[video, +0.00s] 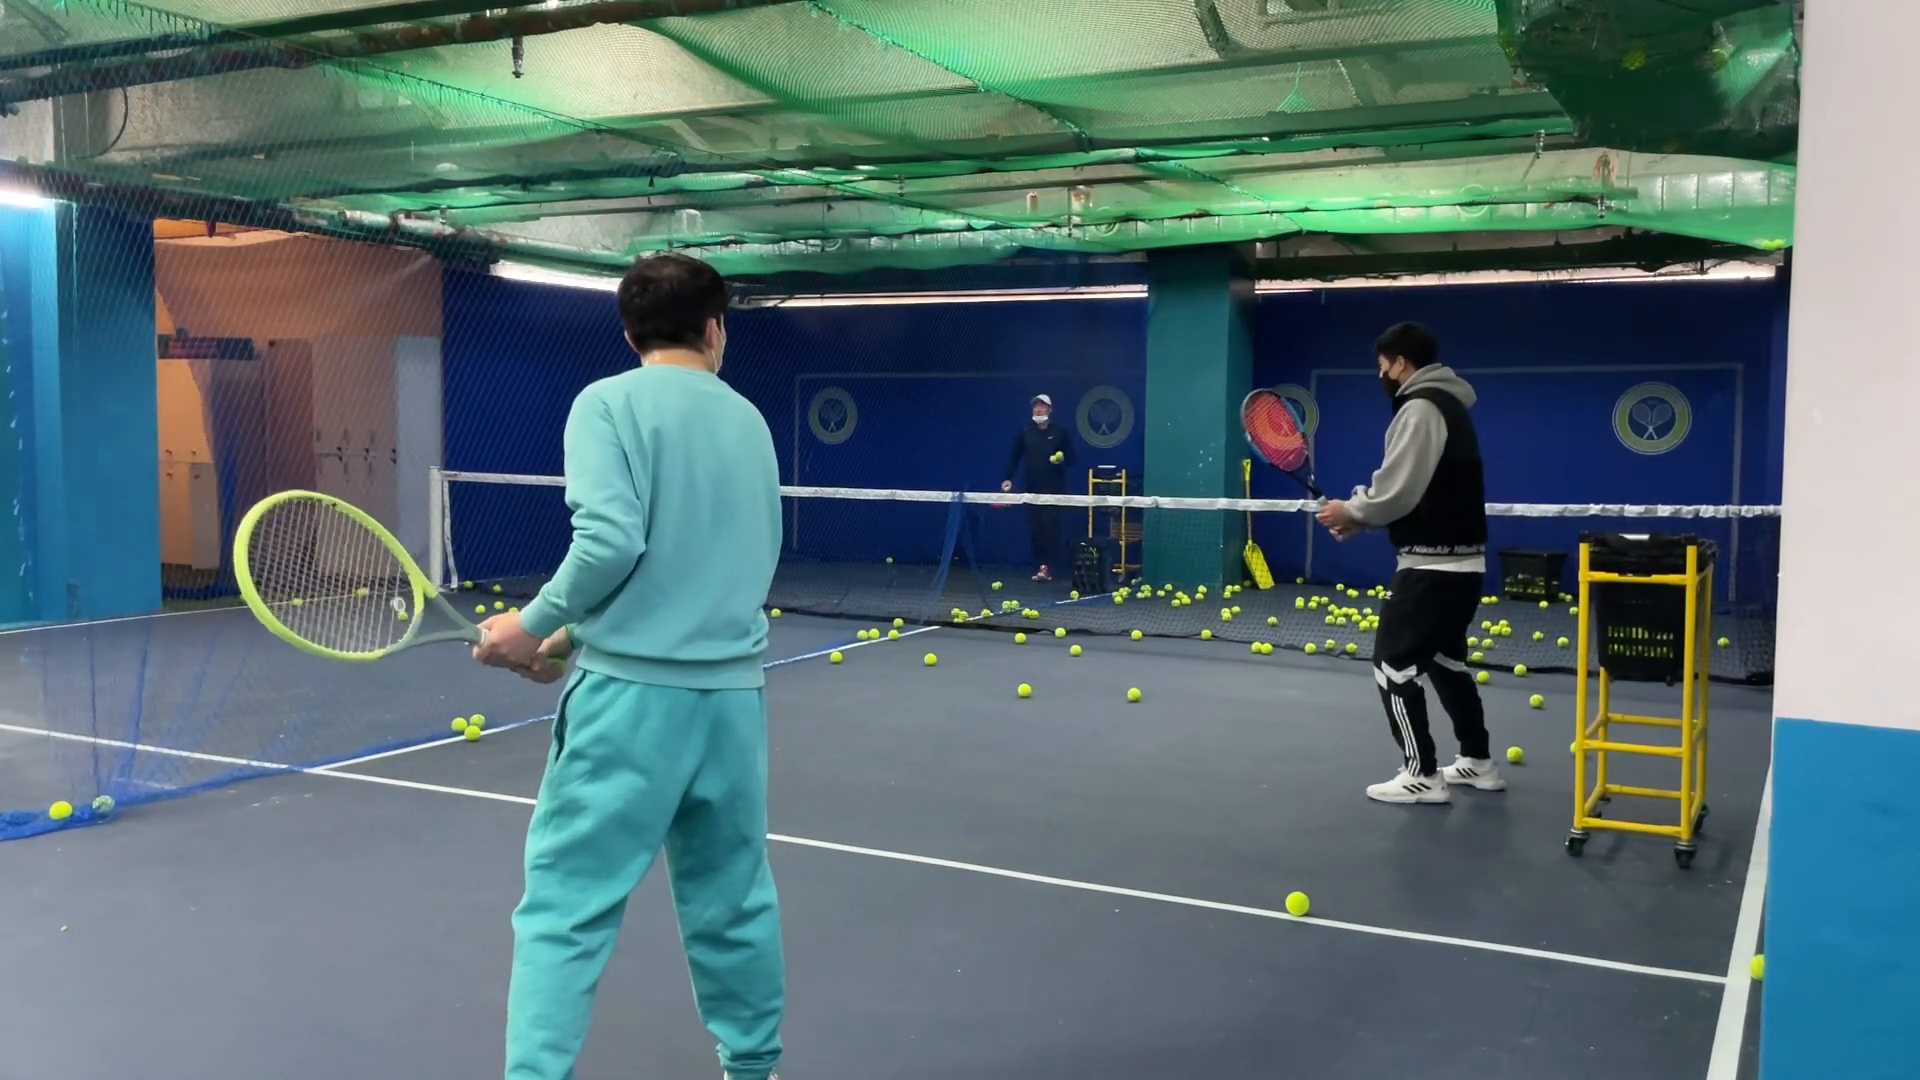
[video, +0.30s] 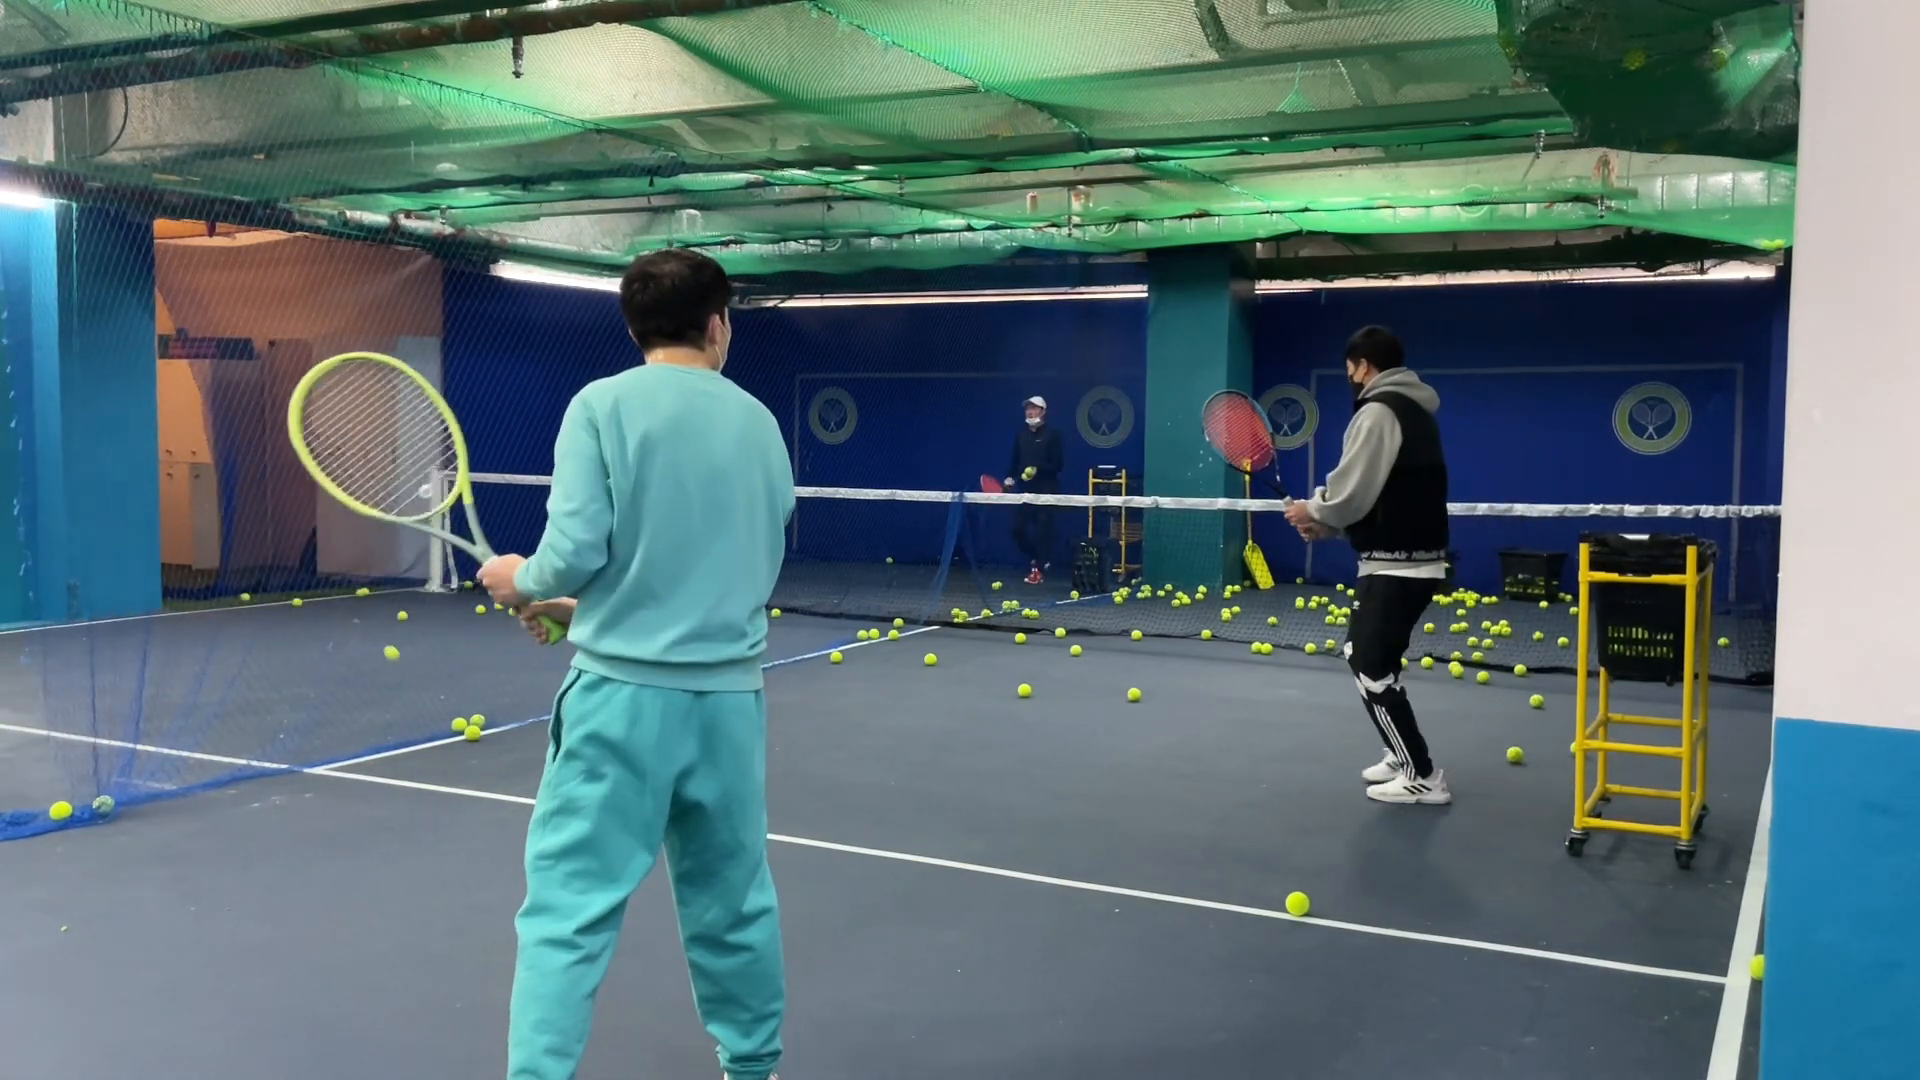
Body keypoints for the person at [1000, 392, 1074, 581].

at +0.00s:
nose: (1039, 411)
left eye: (1043, 408)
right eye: (1036, 408)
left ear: (1050, 410)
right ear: (1032, 411)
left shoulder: (1059, 433)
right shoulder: (1025, 433)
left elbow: (1071, 459)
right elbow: (1015, 457)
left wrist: (1062, 459)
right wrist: (1009, 478)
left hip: (1053, 485)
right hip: (1032, 484)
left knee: (1049, 524)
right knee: (1036, 525)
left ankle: (1046, 565)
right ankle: (1042, 565)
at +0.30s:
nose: (1030, 412)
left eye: (1034, 409)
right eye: (1028, 408)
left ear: (1043, 412)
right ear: (1025, 411)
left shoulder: (1052, 434)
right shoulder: (1022, 435)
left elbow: (1057, 464)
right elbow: (1015, 462)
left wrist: (1037, 470)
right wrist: (1010, 477)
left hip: (1046, 489)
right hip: (1025, 488)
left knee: (1042, 528)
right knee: (1018, 528)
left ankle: (1037, 569)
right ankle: (1036, 559)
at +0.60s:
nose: (1016, 412)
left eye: (1020, 408)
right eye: (1015, 408)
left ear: (1029, 411)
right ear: (1012, 412)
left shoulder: (1039, 432)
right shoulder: (1011, 434)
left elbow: (1043, 461)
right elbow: (1006, 457)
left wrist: (1021, 464)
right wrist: (1008, 467)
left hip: (1037, 486)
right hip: (1016, 486)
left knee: (1036, 528)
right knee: (1010, 525)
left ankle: (1036, 569)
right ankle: (1012, 564)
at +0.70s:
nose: (1011, 414)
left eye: (1015, 410)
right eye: (1009, 410)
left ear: (1023, 413)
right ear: (1006, 413)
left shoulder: (1034, 434)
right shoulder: (1007, 435)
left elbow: (1039, 462)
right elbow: (1002, 459)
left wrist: (1018, 464)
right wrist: (1004, 470)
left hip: (1033, 488)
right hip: (1014, 487)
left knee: (1035, 529)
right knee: (1008, 526)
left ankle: (1036, 569)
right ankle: (1012, 565)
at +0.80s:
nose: (1007, 414)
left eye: (1011, 410)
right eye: (1005, 411)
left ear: (1020, 413)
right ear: (1004, 415)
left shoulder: (1031, 434)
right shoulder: (1003, 437)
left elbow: (1037, 462)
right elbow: (998, 461)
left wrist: (1017, 463)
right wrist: (1001, 473)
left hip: (1033, 487)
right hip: (1013, 487)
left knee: (1035, 527)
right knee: (1008, 526)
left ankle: (1039, 566)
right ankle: (1012, 565)